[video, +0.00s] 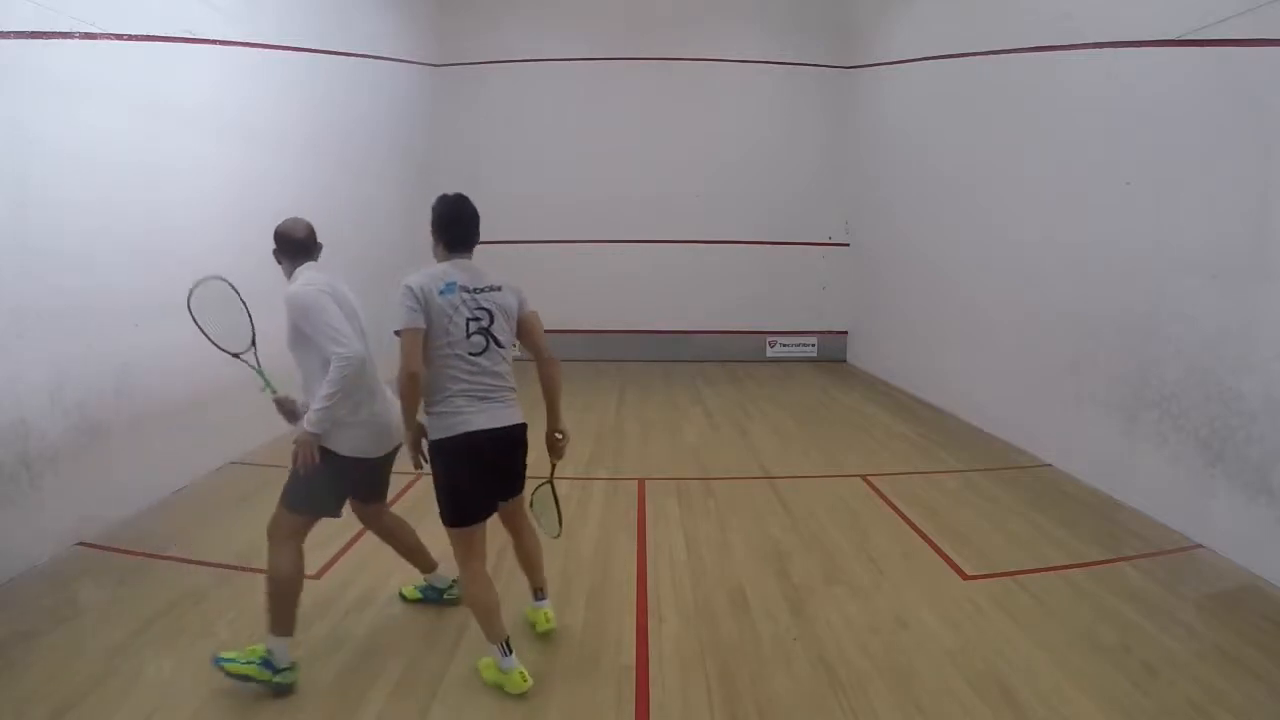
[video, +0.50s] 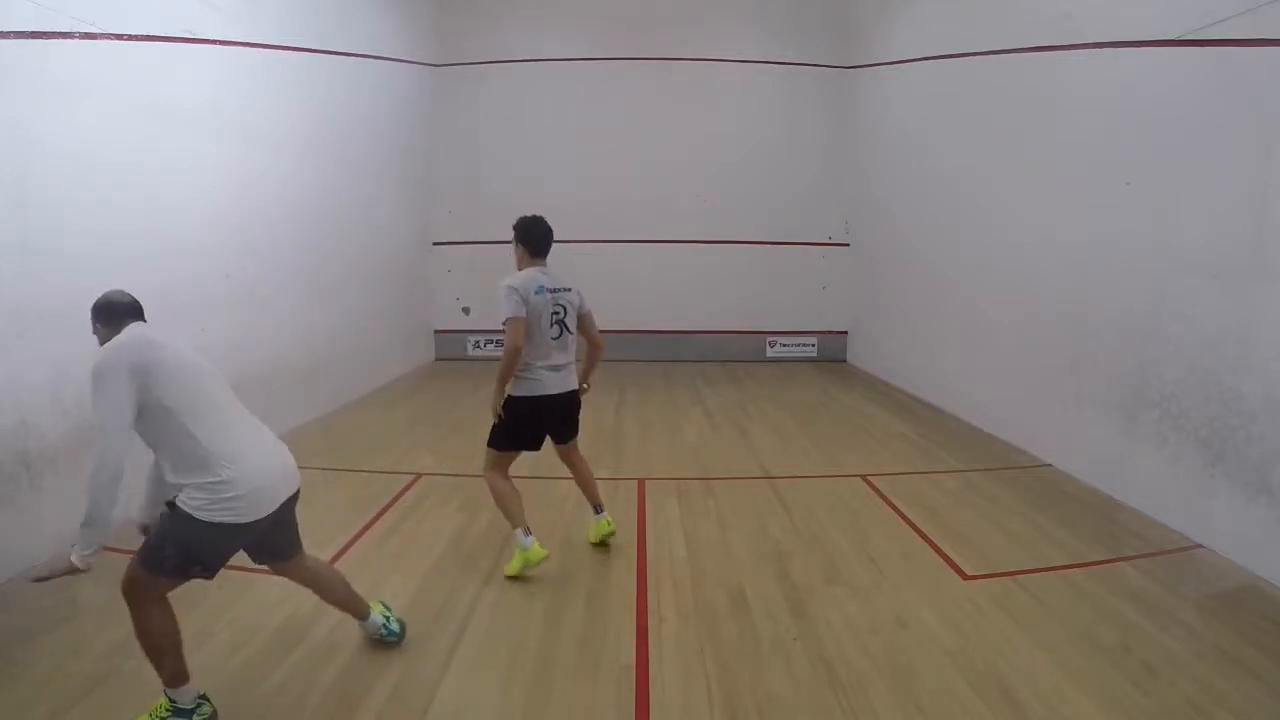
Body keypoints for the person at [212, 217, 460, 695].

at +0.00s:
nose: (276, 258)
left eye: (275, 251)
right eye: (283, 249)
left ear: (277, 254)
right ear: (317, 249)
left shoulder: (303, 294)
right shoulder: (334, 288)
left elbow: (350, 356)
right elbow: (354, 375)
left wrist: (311, 426)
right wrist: (302, 407)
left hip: (343, 435)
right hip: (381, 430)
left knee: (284, 533)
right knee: (370, 508)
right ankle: (439, 578)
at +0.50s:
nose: (96, 341)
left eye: (95, 334)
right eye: (97, 333)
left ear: (101, 329)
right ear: (140, 319)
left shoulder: (114, 360)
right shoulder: (169, 348)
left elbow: (110, 459)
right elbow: (170, 446)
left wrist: (84, 547)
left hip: (222, 499)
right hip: (278, 476)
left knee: (141, 588)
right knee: (292, 560)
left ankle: (185, 703)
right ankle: (377, 620)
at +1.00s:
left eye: (231, 242)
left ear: (230, 249)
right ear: (281, 244)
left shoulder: (220, 308)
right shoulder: (322, 297)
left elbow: (221, 399)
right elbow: (361, 378)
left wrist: (215, 465)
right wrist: (380, 448)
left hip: (275, 472)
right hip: (347, 460)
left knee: (231, 586)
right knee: (353, 563)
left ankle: (200, 695)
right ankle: (413, 676)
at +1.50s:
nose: (358, 243)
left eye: (360, 235)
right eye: (360, 235)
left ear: (372, 235)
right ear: (405, 233)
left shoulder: (357, 280)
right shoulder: (447, 279)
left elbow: (350, 355)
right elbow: (476, 354)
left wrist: (335, 435)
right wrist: (500, 415)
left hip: (398, 438)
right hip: (455, 427)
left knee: (400, 547)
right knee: (472, 499)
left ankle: (429, 667)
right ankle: (510, 583)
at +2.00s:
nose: (394, 248)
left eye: (398, 239)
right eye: (394, 240)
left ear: (423, 237)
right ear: (431, 237)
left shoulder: (414, 276)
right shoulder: (475, 269)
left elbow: (424, 338)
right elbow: (493, 334)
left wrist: (406, 406)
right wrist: (483, 383)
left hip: (448, 404)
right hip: (497, 397)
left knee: (447, 474)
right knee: (489, 476)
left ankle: (462, 548)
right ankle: (513, 573)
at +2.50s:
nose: (414, 241)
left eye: (414, 237)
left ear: (415, 240)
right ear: (449, 237)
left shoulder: (400, 275)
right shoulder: (476, 273)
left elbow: (401, 334)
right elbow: (498, 335)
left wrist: (411, 368)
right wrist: (511, 380)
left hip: (427, 391)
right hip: (472, 386)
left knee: (424, 458)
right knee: (468, 448)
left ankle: (458, 535)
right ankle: (491, 525)